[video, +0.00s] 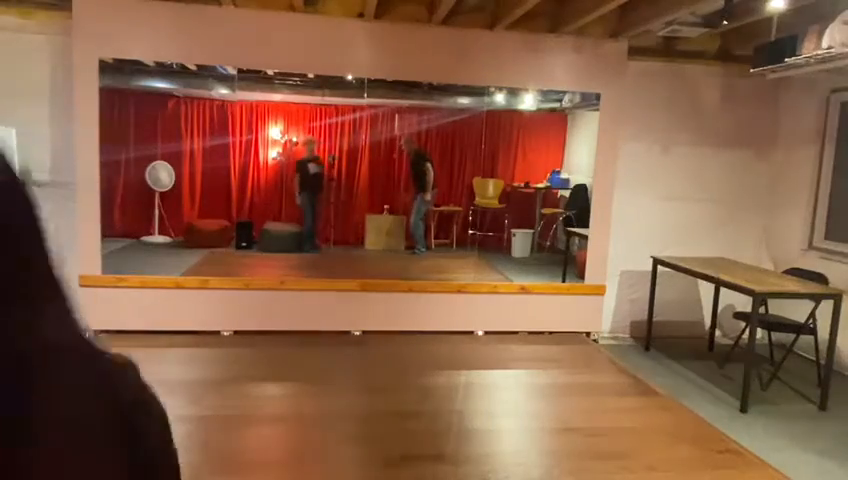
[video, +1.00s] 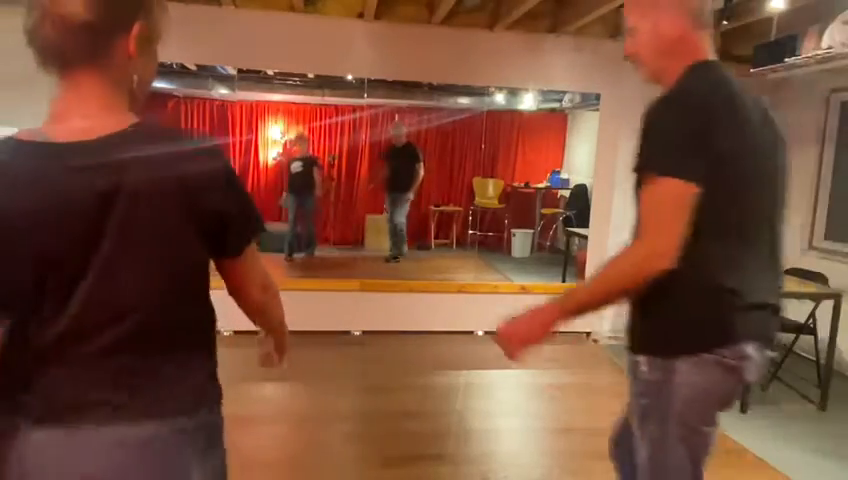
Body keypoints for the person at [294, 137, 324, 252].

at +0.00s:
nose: (310, 148)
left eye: (312, 145)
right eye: (308, 145)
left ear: (315, 146)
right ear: (305, 147)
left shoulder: (319, 162)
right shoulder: (301, 163)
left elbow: (322, 179)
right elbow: (297, 179)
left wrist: (322, 193)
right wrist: (297, 194)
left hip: (316, 193)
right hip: (305, 193)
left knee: (314, 218)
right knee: (308, 218)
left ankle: (313, 242)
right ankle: (306, 243)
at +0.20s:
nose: (308, 148)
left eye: (310, 145)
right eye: (306, 145)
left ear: (313, 146)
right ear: (302, 147)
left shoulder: (318, 161)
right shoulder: (298, 163)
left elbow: (322, 179)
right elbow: (294, 181)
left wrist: (323, 195)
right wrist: (291, 196)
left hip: (316, 193)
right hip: (303, 193)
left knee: (314, 219)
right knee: (305, 219)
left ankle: (314, 244)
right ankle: (306, 244)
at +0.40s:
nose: (308, 148)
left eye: (309, 145)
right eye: (305, 145)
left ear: (313, 146)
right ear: (301, 147)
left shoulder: (318, 161)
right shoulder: (297, 163)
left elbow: (323, 179)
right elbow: (293, 181)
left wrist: (325, 196)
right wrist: (291, 196)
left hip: (315, 193)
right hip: (302, 193)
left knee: (312, 219)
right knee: (304, 219)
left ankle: (312, 246)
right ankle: (303, 245)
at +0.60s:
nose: (308, 148)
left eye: (310, 145)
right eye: (306, 145)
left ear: (313, 146)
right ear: (302, 147)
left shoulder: (317, 161)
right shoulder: (297, 162)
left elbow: (324, 178)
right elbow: (295, 181)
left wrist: (331, 194)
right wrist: (295, 197)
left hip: (315, 194)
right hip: (302, 194)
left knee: (312, 221)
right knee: (302, 221)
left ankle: (310, 247)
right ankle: (302, 245)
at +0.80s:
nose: (306, 147)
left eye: (307, 144)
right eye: (303, 144)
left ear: (311, 145)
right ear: (300, 146)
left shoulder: (316, 161)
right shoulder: (295, 162)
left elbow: (322, 179)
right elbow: (293, 182)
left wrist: (324, 195)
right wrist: (292, 197)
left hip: (313, 194)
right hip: (299, 194)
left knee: (309, 220)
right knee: (299, 220)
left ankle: (309, 247)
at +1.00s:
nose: (301, 147)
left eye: (303, 144)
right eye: (299, 144)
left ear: (307, 145)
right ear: (295, 146)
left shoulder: (312, 160)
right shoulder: (291, 161)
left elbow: (317, 176)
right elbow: (288, 180)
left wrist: (318, 189)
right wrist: (285, 194)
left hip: (308, 193)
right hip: (293, 193)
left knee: (309, 221)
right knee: (292, 222)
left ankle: (310, 248)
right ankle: (289, 251)